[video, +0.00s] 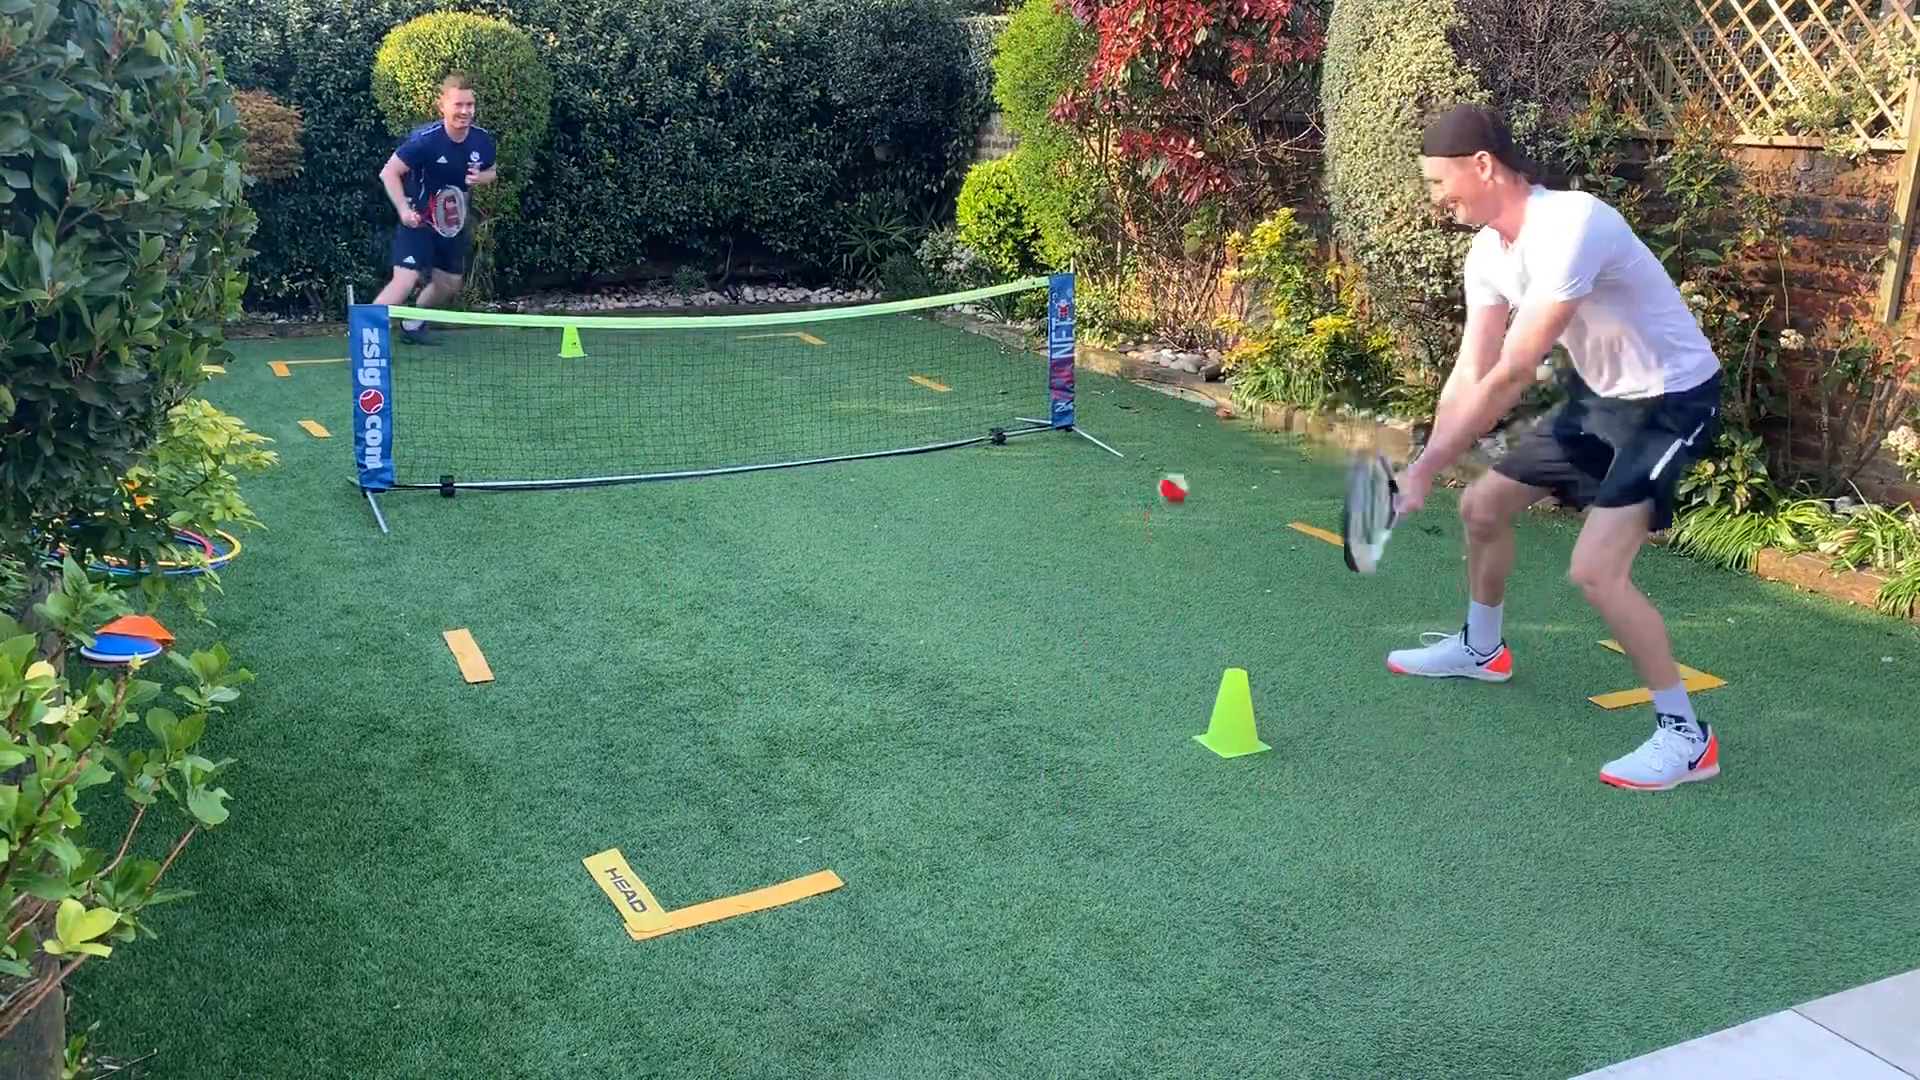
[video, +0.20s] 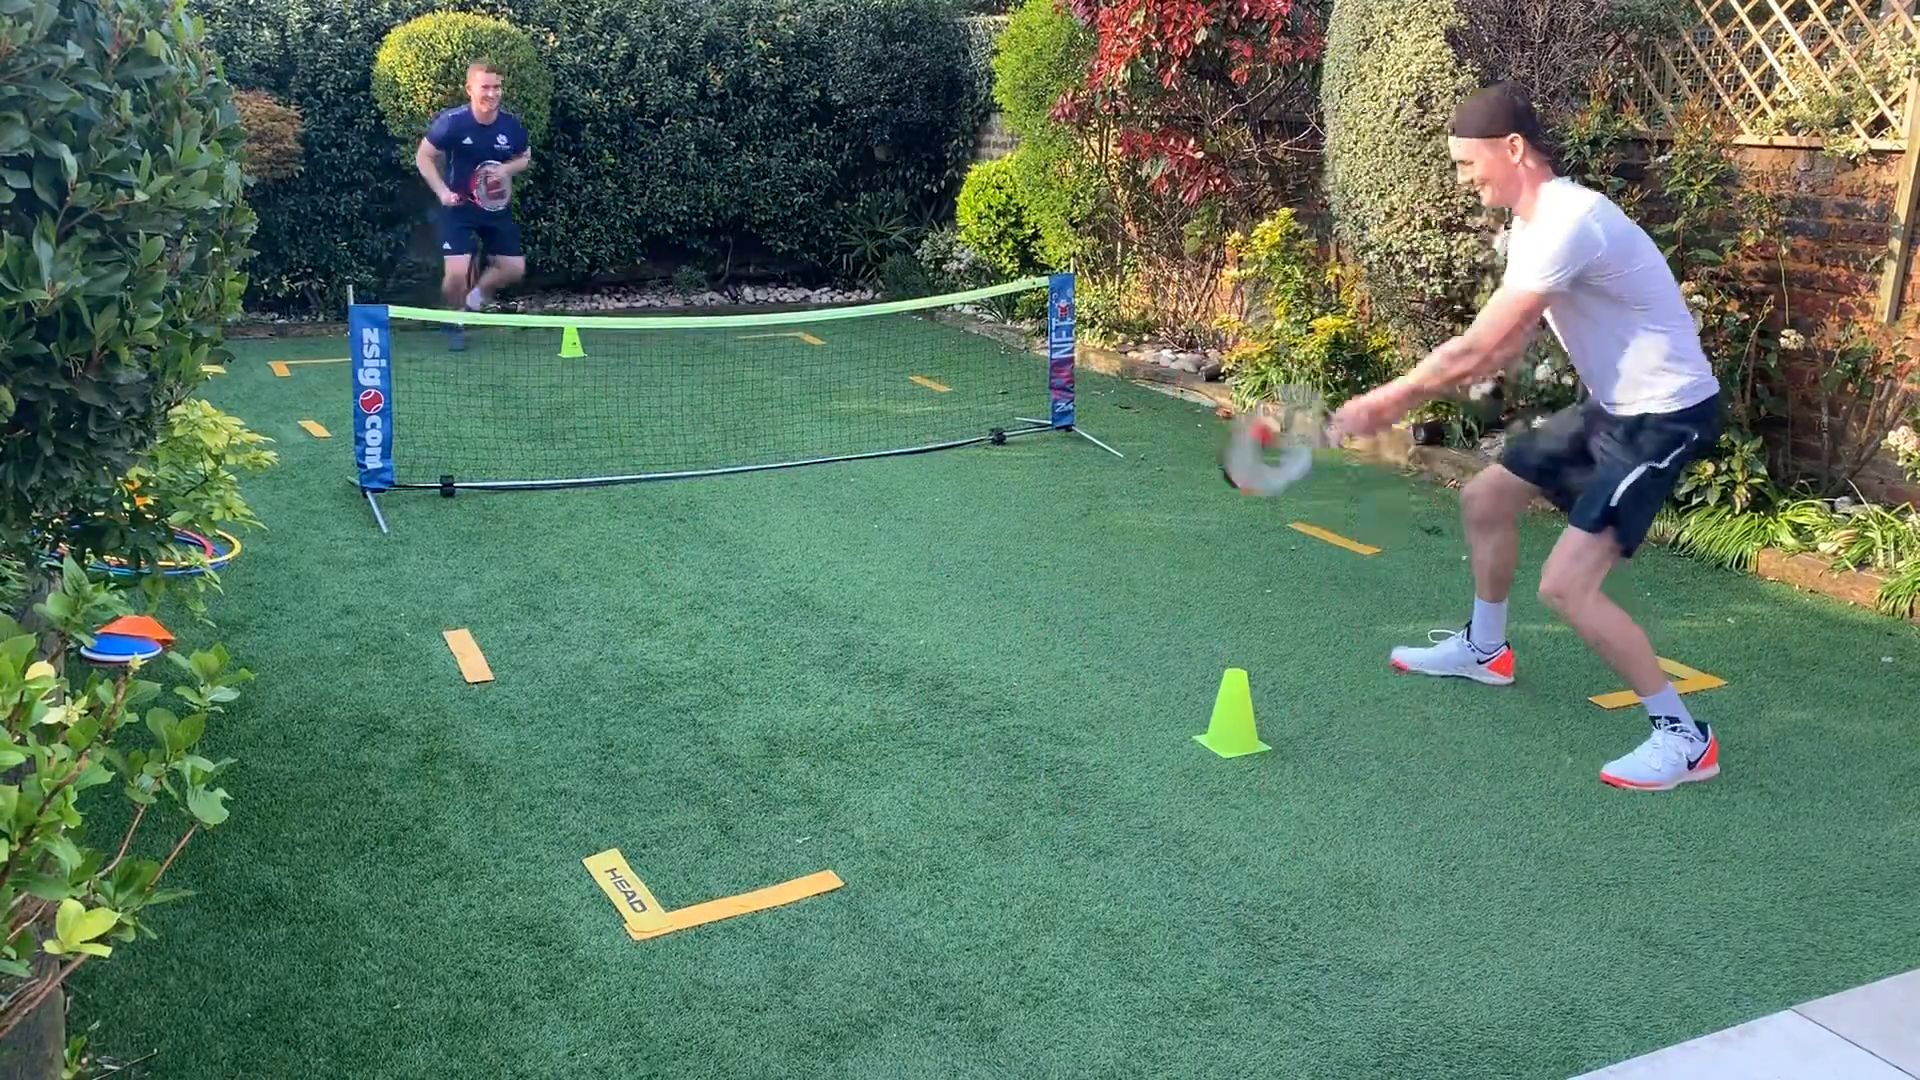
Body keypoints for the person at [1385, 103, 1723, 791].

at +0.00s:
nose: (1436, 200)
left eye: (1440, 182)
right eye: (1430, 186)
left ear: (1485, 166)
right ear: (1478, 172)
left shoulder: (1576, 224)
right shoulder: (1488, 253)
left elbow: (1517, 371)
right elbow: (1471, 371)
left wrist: (1427, 464)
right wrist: (1424, 466)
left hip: (1674, 399)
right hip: (1601, 398)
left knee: (1597, 571)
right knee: (1483, 507)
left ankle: (1685, 734)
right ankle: (1482, 647)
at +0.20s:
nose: (1465, 179)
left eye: (1470, 162)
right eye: (1460, 165)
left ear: (1515, 149)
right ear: (1506, 154)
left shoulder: (1570, 220)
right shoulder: (1528, 229)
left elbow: (1478, 348)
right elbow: (1501, 351)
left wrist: (1383, 401)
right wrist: (1458, 373)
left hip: (1668, 412)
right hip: (1609, 404)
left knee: (1567, 586)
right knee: (1486, 501)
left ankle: (1682, 734)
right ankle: (1484, 647)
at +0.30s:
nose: (1463, 149)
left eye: (1468, 133)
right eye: (1461, 135)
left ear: (1509, 127)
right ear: (1515, 129)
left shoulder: (1557, 196)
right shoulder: (1549, 199)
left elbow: (1457, 309)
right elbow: (1520, 327)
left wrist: (1368, 326)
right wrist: (1415, 343)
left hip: (1642, 409)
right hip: (1589, 399)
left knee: (1564, 589)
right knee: (1473, 491)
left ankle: (1682, 734)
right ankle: (1487, 645)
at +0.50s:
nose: (1437, 104)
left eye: (1442, 91)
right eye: (1440, 90)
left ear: (1469, 94)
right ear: (1497, 93)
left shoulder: (1490, 171)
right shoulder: (1543, 167)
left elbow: (1440, 297)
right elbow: (1507, 292)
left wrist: (1406, 284)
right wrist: (1428, 288)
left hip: (1554, 395)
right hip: (1517, 387)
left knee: (1537, 582)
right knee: (1444, 501)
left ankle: (1673, 725)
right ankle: (1506, 633)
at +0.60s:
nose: (1408, 109)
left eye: (1413, 97)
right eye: (1410, 96)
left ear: (1436, 105)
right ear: (1469, 106)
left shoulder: (1447, 182)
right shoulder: (1514, 176)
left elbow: (1423, 322)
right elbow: (1492, 302)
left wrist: (1372, 347)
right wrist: (1413, 320)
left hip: (1505, 391)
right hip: (1526, 379)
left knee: (1447, 568)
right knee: (1429, 496)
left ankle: (1606, 666)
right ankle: (1506, 631)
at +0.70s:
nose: (1362, 124)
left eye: (1367, 111)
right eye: (1364, 110)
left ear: (1389, 118)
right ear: (1421, 118)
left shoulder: (1411, 192)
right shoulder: (1473, 183)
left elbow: (1404, 325)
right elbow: (1483, 298)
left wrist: (1334, 400)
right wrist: (1401, 327)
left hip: (1468, 395)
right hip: (1510, 388)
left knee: (1344, 521)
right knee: (1428, 505)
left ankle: (1467, 637)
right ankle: (1505, 634)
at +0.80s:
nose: (1312, 134)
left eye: (1316, 121)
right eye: (1312, 121)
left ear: (1336, 125)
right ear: (1370, 123)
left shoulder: (1367, 194)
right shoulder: (1424, 185)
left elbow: (1367, 313)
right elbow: (1415, 305)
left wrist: (1286, 393)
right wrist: (1318, 335)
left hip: (1424, 397)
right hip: (1468, 391)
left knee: (1265, 479)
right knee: (1411, 511)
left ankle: (1303, 639)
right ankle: (1502, 633)